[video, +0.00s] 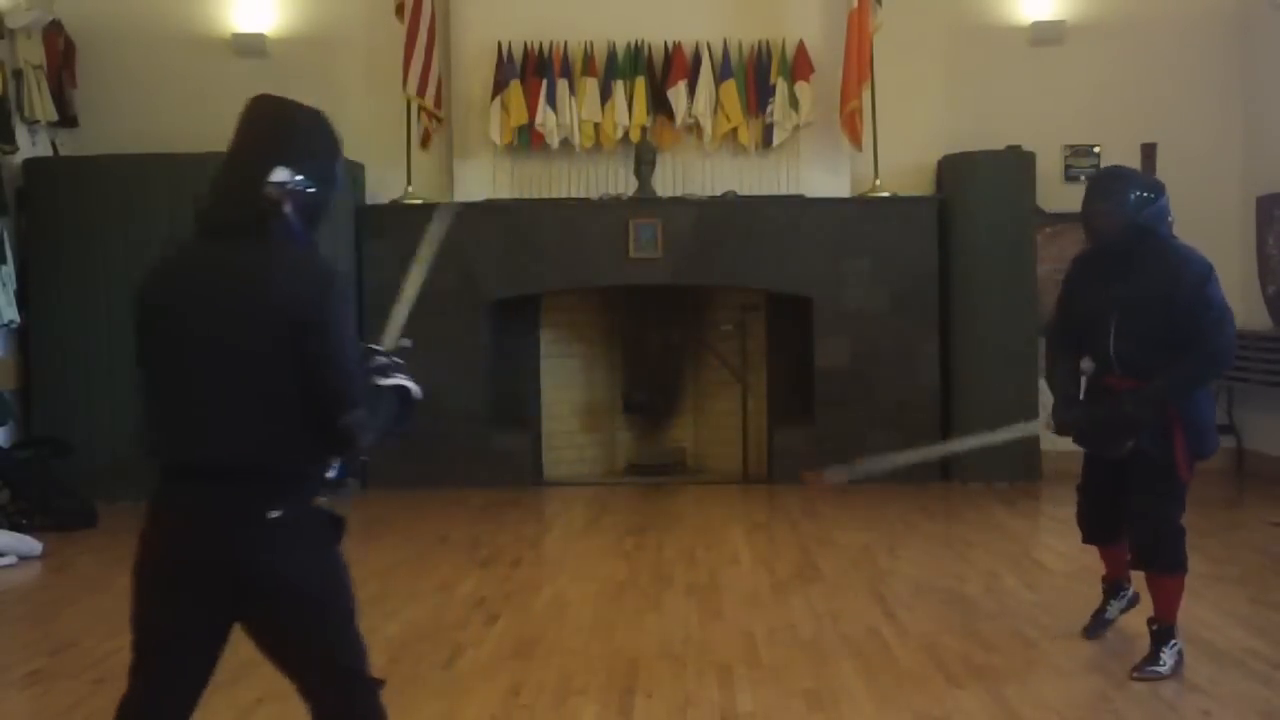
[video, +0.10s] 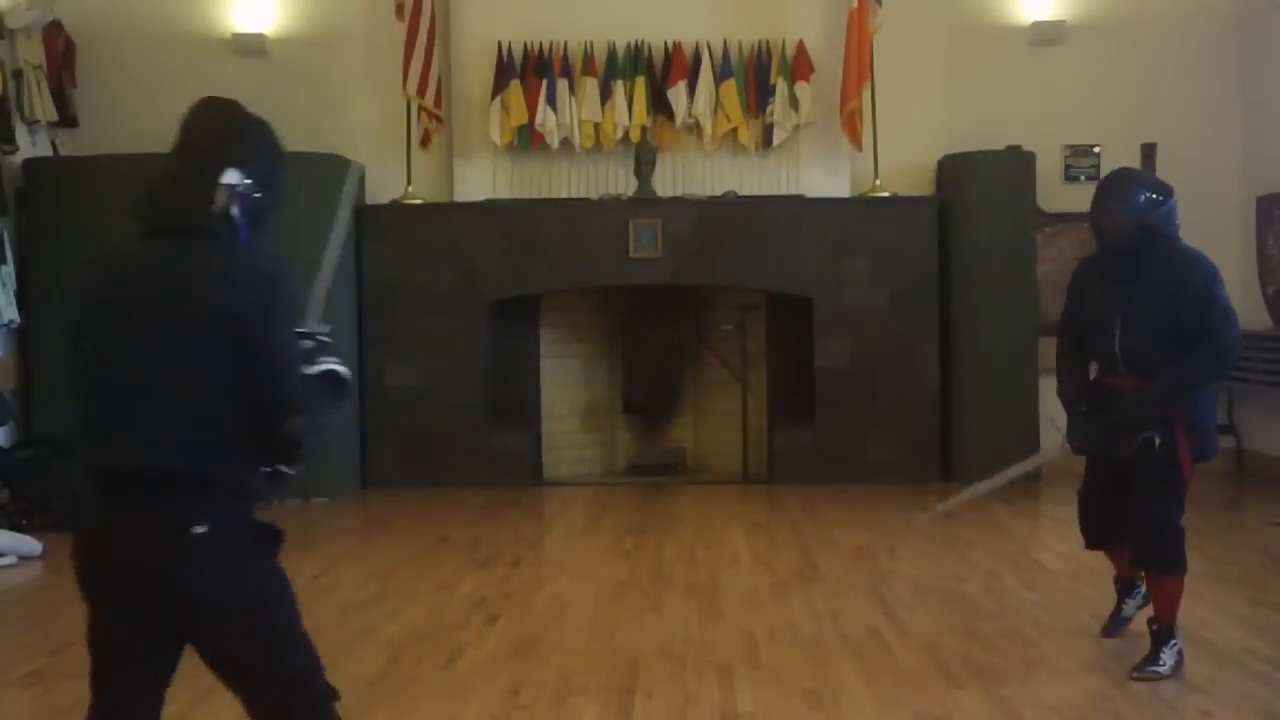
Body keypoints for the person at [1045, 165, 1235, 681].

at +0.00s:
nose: (1095, 226)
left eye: (1106, 216)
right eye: (1091, 216)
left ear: (1138, 214)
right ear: (1090, 216)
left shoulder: (1182, 268)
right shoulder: (1088, 266)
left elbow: (1217, 349)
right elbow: (1062, 337)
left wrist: (1151, 401)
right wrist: (1067, 397)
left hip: (1166, 413)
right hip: (1106, 410)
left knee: (1155, 522)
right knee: (1099, 508)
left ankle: (1165, 637)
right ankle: (1118, 589)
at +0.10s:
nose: (1103, 225)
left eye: (1114, 215)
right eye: (1099, 215)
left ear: (1144, 215)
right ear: (1097, 217)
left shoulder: (1188, 270)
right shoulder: (1092, 271)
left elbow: (1222, 351)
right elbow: (1071, 347)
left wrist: (1157, 393)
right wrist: (1078, 405)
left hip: (1167, 420)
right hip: (1106, 418)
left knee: (1157, 526)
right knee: (1101, 514)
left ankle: (1165, 639)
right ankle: (1131, 585)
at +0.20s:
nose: (1110, 227)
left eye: (1122, 217)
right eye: (1106, 217)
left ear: (1153, 218)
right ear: (1104, 221)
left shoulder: (1193, 274)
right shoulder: (1097, 276)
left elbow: (1226, 350)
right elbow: (1078, 351)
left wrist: (1164, 398)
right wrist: (1087, 411)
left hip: (1169, 421)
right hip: (1110, 419)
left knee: (1157, 525)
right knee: (1105, 518)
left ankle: (1166, 640)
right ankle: (1139, 596)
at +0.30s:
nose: (1113, 229)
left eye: (1124, 218)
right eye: (1109, 218)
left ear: (1155, 219)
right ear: (1105, 222)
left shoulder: (1195, 274)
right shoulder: (1100, 279)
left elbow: (1226, 348)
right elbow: (1082, 354)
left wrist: (1164, 395)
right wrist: (1092, 412)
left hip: (1174, 422)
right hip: (1115, 422)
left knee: (1164, 523)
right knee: (1117, 517)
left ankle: (1168, 637)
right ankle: (1144, 606)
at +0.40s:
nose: (1117, 230)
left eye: (1127, 219)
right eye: (1112, 219)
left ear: (1156, 217)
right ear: (1108, 224)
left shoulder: (1198, 268)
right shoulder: (1104, 278)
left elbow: (1228, 342)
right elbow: (1087, 350)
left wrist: (1173, 380)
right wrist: (1092, 405)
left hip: (1184, 417)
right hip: (1123, 415)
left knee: (1179, 517)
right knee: (1121, 515)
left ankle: (1186, 625)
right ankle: (1147, 604)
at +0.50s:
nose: (1124, 230)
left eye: (1133, 219)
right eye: (1119, 220)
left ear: (1161, 216)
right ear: (1116, 224)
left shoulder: (1205, 267)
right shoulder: (1115, 279)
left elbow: (1223, 345)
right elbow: (1099, 350)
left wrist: (1170, 397)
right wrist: (1097, 402)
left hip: (1195, 415)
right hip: (1134, 415)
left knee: (1198, 512)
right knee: (1125, 512)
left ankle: (1221, 613)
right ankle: (1147, 607)